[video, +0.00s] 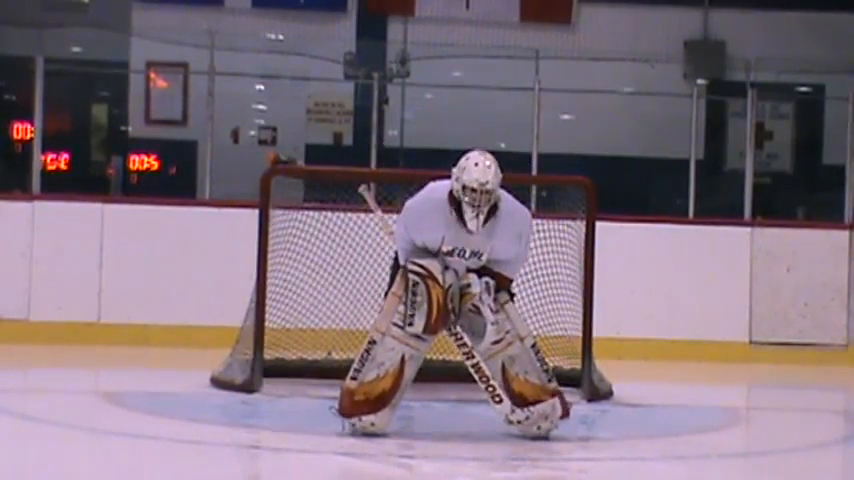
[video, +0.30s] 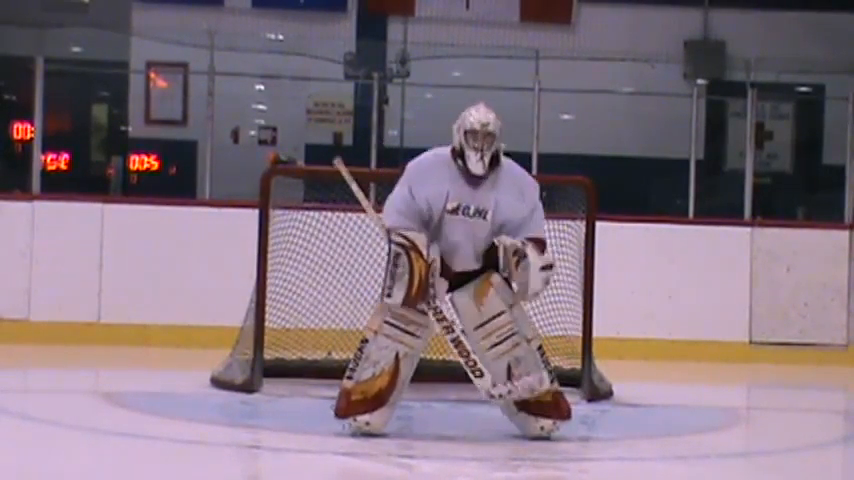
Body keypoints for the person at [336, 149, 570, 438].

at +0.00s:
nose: (477, 201)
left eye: (484, 195)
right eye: (470, 194)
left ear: (496, 193)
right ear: (456, 187)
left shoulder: (516, 218)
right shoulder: (425, 206)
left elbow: (503, 274)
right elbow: (409, 255)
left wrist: (478, 293)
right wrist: (434, 289)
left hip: (478, 281)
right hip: (425, 274)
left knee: (507, 339)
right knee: (402, 333)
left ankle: (535, 414)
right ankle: (368, 411)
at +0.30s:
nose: (480, 146)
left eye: (487, 139)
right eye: (473, 138)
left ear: (497, 141)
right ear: (459, 138)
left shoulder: (519, 185)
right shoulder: (426, 170)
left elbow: (533, 245)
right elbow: (399, 220)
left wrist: (519, 265)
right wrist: (417, 266)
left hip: (482, 277)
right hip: (424, 272)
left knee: (510, 339)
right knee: (395, 336)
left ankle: (536, 414)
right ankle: (368, 412)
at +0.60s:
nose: (473, 106)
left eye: (479, 99)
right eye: (466, 99)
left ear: (489, 102)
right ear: (452, 100)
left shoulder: (511, 146)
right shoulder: (422, 142)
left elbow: (528, 200)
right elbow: (390, 191)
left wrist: (556, 186)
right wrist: (393, 223)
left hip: (490, 263)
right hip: (432, 262)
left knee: (514, 340)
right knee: (401, 336)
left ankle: (539, 416)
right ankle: (370, 413)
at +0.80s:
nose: (470, 106)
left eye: (477, 99)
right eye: (463, 98)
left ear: (487, 101)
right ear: (451, 99)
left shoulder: (509, 145)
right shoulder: (423, 140)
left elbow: (529, 200)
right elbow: (406, 191)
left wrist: (561, 172)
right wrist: (421, 204)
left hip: (488, 252)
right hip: (430, 252)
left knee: (510, 333)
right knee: (402, 330)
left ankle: (538, 415)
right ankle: (371, 412)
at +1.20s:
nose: (477, 131)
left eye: (484, 124)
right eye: (470, 123)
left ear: (495, 125)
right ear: (456, 121)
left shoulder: (511, 161)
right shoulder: (426, 155)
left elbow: (527, 210)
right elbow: (389, 200)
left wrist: (550, 188)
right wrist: (391, 231)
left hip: (488, 272)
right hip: (432, 268)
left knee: (517, 343)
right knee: (415, 344)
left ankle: (535, 418)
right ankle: (383, 416)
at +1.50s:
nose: (487, 153)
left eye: (494, 146)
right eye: (480, 146)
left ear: (503, 147)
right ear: (465, 146)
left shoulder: (521, 183)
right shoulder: (437, 175)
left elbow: (549, 225)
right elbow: (400, 213)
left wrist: (561, 225)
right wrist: (397, 241)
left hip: (496, 281)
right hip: (437, 274)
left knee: (519, 347)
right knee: (404, 338)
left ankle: (554, 416)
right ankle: (376, 412)